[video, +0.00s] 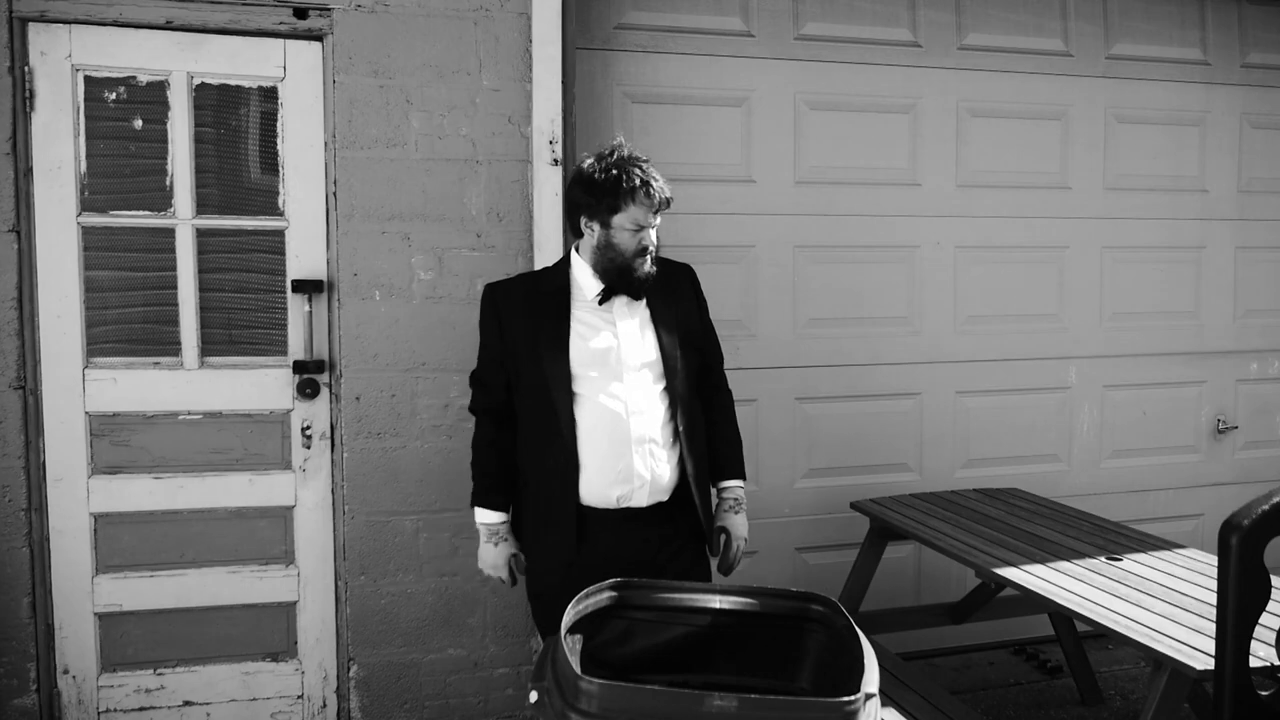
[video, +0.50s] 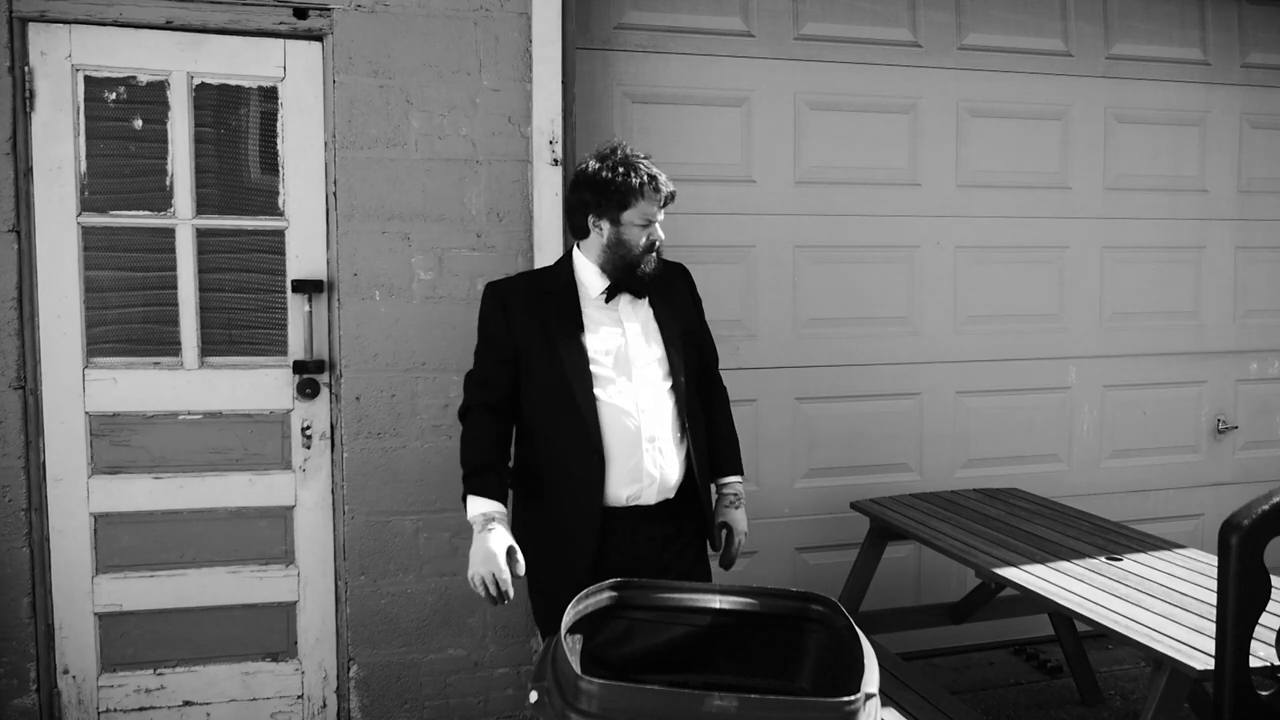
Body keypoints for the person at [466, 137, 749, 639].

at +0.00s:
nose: (652, 244)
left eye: (655, 228)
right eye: (637, 229)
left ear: (659, 222)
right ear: (590, 227)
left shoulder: (677, 287)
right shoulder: (513, 304)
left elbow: (713, 392)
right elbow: (493, 418)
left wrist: (731, 497)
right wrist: (493, 527)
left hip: (671, 530)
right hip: (570, 536)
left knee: (678, 695)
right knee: (582, 697)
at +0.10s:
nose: (654, 243)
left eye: (656, 227)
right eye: (640, 230)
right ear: (593, 228)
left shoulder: (674, 285)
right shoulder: (512, 303)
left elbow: (710, 388)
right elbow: (489, 412)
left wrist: (730, 493)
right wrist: (510, 523)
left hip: (674, 528)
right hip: (577, 535)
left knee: (680, 691)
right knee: (583, 694)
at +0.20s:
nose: (656, 242)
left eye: (657, 227)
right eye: (643, 229)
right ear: (595, 227)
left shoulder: (672, 285)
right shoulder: (512, 303)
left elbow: (708, 388)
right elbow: (483, 416)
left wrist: (729, 494)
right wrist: (494, 531)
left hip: (674, 529)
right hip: (575, 536)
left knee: (682, 695)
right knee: (585, 699)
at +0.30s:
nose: (658, 240)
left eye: (659, 225)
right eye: (645, 227)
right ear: (597, 227)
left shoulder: (672, 286)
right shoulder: (513, 304)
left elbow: (708, 389)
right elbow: (484, 419)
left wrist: (728, 493)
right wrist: (479, 532)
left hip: (674, 530)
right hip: (575, 538)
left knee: (683, 698)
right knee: (587, 707)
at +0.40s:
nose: (660, 240)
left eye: (660, 224)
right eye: (646, 225)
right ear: (597, 225)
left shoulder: (672, 286)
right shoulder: (515, 304)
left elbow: (707, 389)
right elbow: (485, 416)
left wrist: (729, 492)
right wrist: (477, 528)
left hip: (674, 531)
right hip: (575, 538)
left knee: (682, 699)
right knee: (586, 707)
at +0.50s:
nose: (659, 238)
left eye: (660, 223)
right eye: (646, 225)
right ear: (598, 225)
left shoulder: (672, 285)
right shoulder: (515, 303)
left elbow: (707, 387)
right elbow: (486, 414)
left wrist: (729, 491)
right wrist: (488, 522)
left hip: (674, 530)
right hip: (577, 538)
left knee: (684, 699)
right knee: (588, 707)